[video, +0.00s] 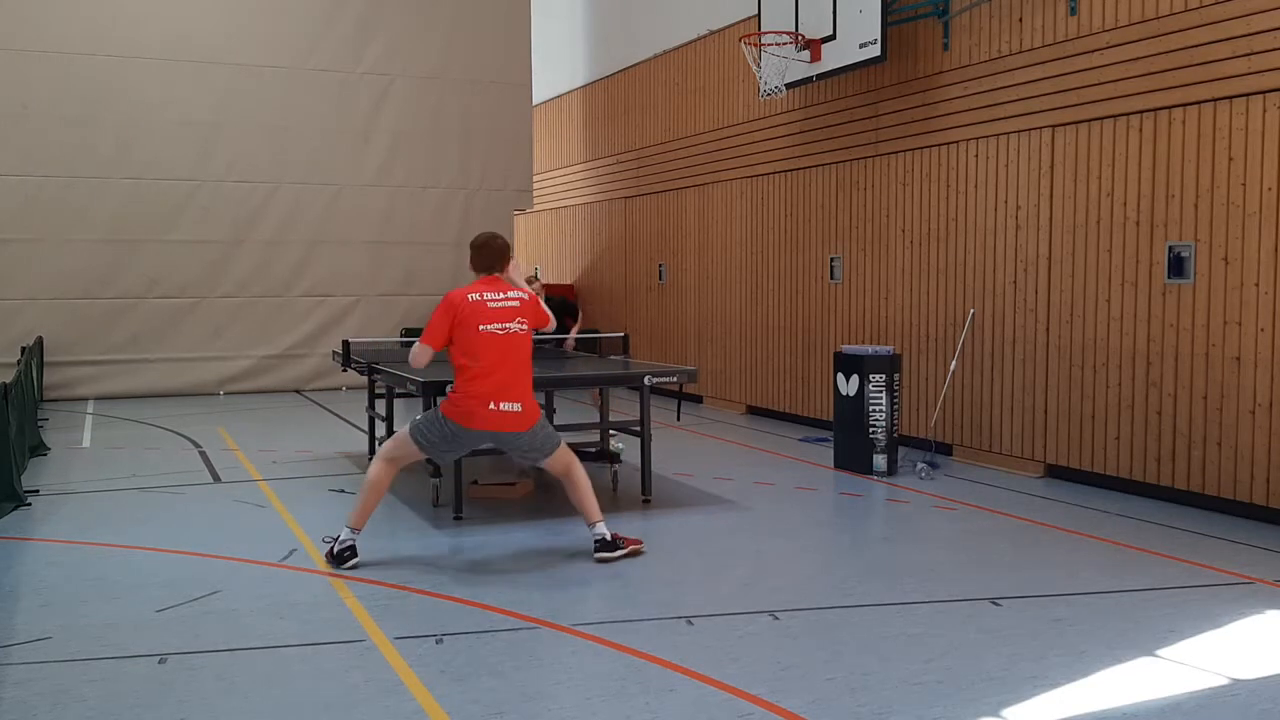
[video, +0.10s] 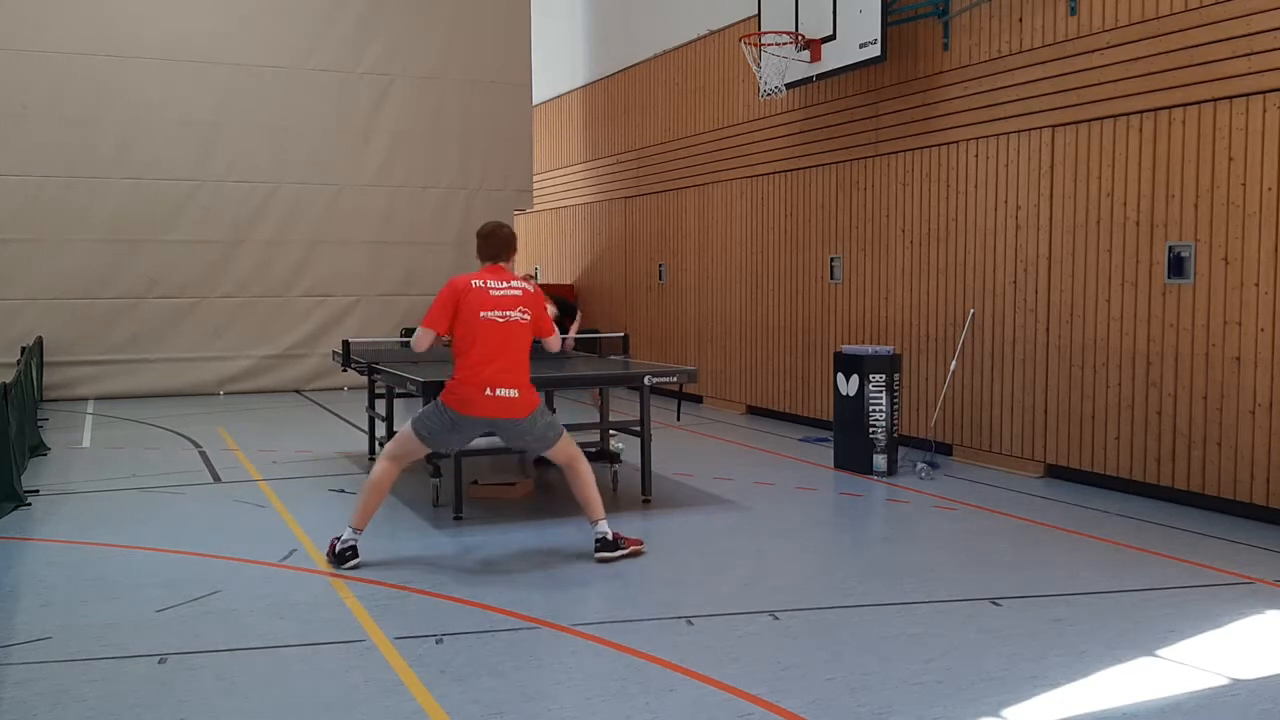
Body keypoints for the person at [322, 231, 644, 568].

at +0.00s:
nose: (511, 267)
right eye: (510, 262)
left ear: (472, 264)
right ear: (507, 264)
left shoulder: (455, 301)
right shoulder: (524, 297)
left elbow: (418, 361)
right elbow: (548, 322)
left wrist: (421, 346)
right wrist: (521, 285)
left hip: (464, 416)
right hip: (521, 416)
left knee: (388, 458)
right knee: (569, 469)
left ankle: (346, 541)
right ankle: (603, 536)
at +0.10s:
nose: (517, 256)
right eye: (517, 251)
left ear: (478, 254)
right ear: (513, 254)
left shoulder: (459, 286)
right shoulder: (530, 291)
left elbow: (420, 345)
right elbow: (555, 346)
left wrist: (442, 330)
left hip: (463, 404)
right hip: (520, 406)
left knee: (393, 458)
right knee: (572, 460)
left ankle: (348, 541)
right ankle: (604, 534)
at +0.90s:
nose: (494, 297)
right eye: (493, 292)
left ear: (455, 291)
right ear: (489, 294)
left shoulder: (427, 321)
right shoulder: (500, 331)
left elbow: (368, 355)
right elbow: (542, 374)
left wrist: (391, 355)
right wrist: (537, 343)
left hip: (418, 437)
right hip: (477, 441)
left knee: (376, 458)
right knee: (554, 453)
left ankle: (359, 538)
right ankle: (533, 542)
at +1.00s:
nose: (480, 271)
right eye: (480, 267)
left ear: (442, 266)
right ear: (477, 269)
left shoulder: (416, 297)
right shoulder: (491, 307)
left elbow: (361, 337)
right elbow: (534, 358)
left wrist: (374, 352)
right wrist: (516, 333)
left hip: (412, 415)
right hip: (470, 417)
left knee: (371, 452)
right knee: (541, 450)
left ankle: (356, 536)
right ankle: (533, 542)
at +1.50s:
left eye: (418, 253)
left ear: (417, 255)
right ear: (452, 254)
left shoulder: (402, 279)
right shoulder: (473, 285)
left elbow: (349, 320)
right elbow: (511, 312)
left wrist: (374, 336)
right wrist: (502, 320)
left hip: (400, 394)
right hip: (458, 398)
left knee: (338, 458)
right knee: (519, 461)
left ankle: (306, 548)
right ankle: (548, 547)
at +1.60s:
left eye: (423, 241)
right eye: (453, 242)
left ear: (419, 243)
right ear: (455, 243)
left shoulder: (401, 271)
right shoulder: (475, 279)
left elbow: (345, 316)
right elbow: (525, 315)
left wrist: (368, 335)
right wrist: (520, 309)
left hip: (403, 388)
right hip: (460, 390)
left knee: (340, 457)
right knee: (522, 458)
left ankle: (307, 550)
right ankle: (549, 548)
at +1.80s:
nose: (454, 254)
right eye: (459, 248)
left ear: (425, 248)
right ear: (460, 251)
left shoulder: (399, 278)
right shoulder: (475, 286)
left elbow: (358, 332)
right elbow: (528, 332)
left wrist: (389, 347)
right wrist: (519, 342)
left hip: (394, 399)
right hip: (455, 401)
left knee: (338, 459)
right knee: (525, 455)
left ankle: (303, 548)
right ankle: (551, 548)